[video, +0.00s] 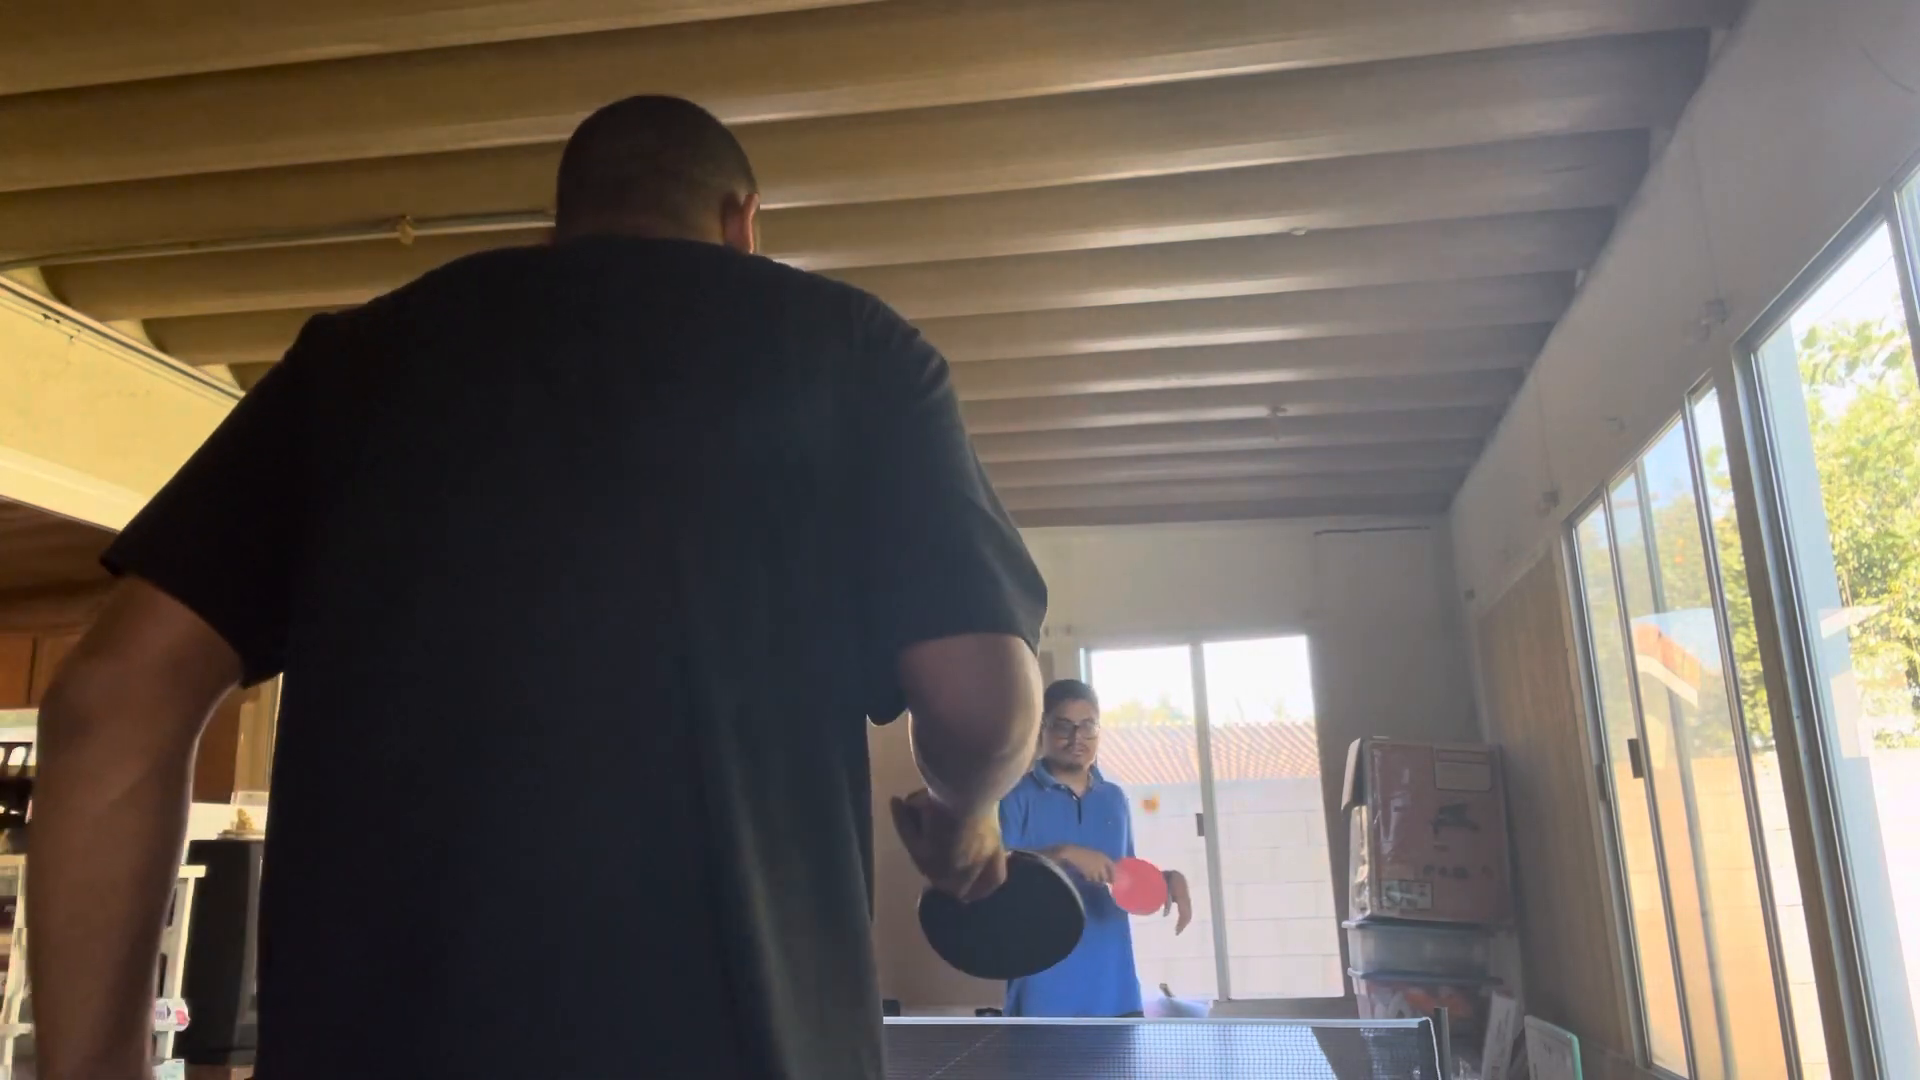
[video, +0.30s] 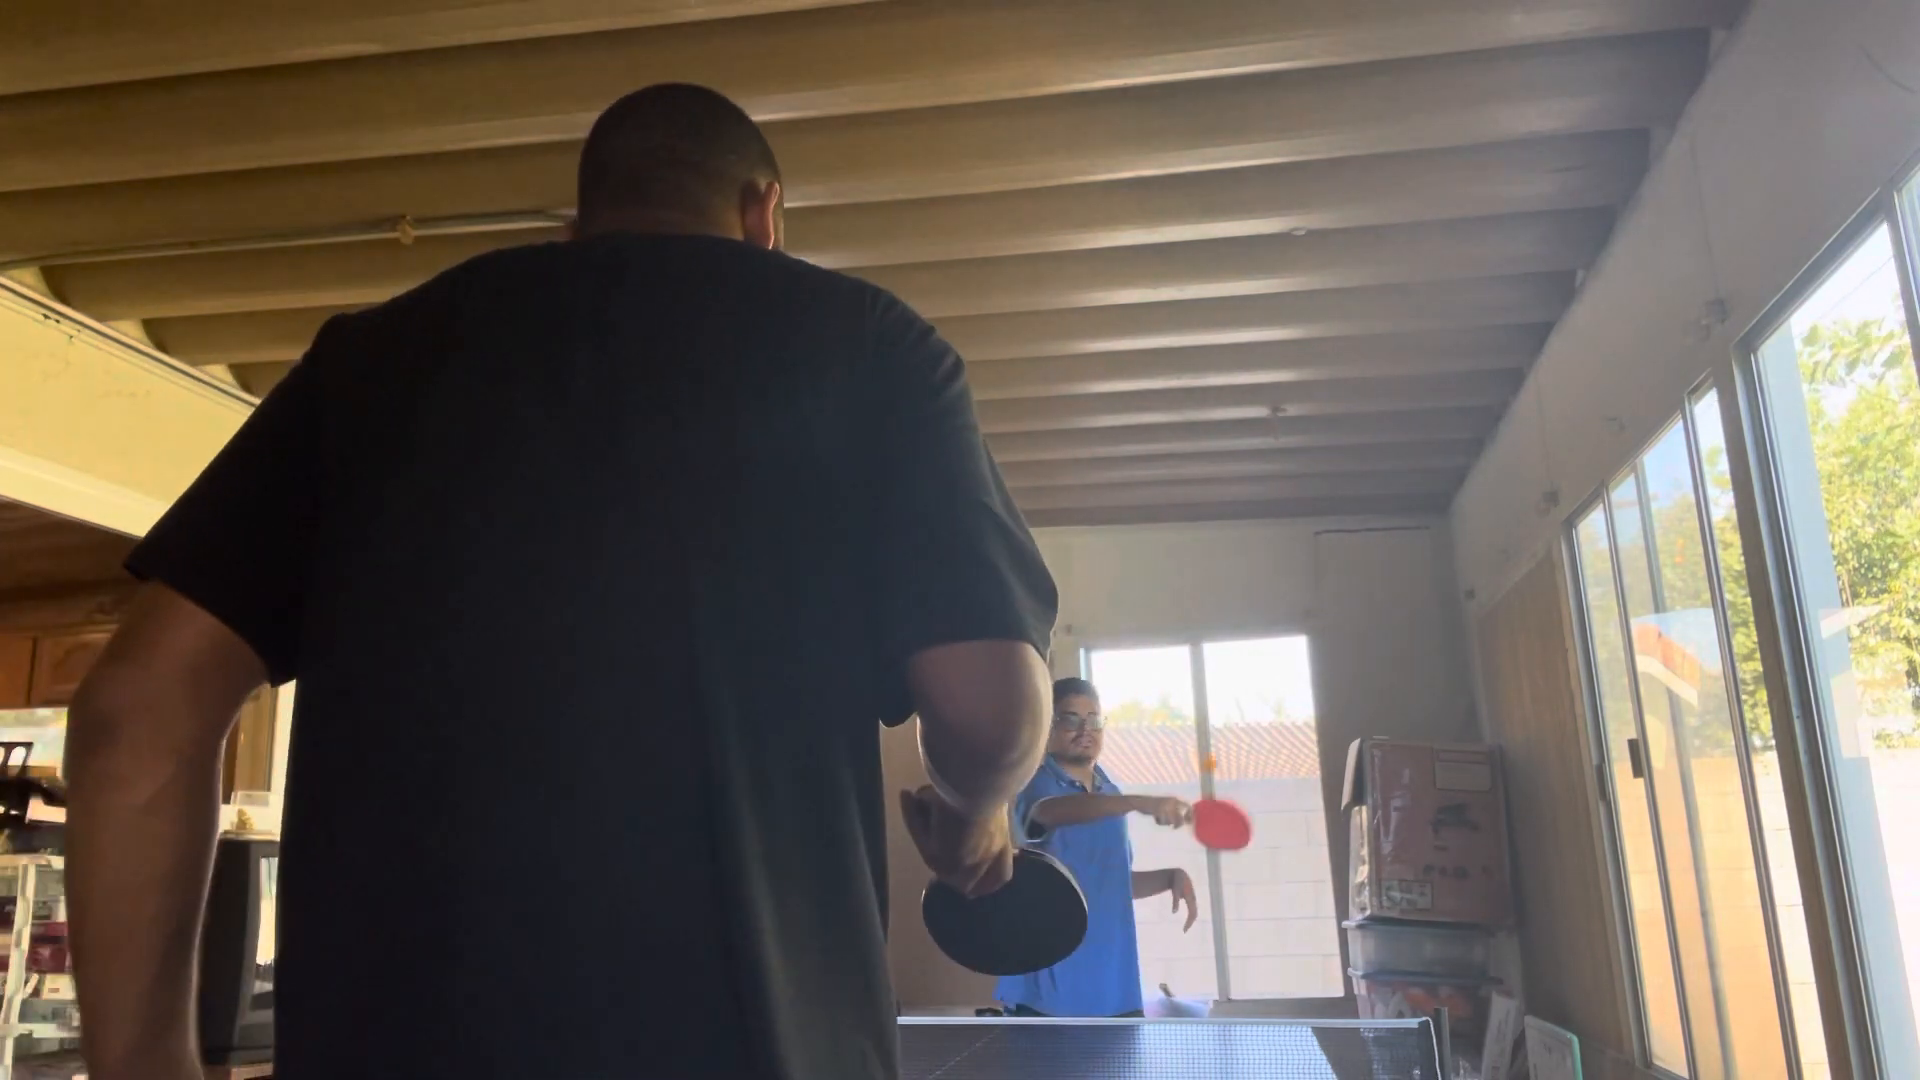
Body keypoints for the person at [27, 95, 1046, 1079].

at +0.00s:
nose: (766, 253)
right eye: (764, 234)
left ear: (554, 217)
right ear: (744, 224)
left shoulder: (359, 351)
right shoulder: (849, 345)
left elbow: (111, 701)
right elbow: (984, 697)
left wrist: (90, 1060)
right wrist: (956, 819)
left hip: (373, 1039)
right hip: (740, 1041)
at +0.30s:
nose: (787, 244)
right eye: (785, 222)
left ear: (574, 208)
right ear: (764, 214)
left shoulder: (378, 351)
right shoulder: (860, 340)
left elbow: (135, 711)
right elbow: (992, 696)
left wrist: (141, 1056)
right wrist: (969, 817)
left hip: (391, 1036)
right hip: (756, 1035)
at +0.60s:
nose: (786, 244)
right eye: (785, 222)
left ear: (577, 210)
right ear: (766, 212)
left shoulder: (382, 349)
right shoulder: (871, 341)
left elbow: (139, 710)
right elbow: (1007, 703)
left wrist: (138, 1059)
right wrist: (962, 814)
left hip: (402, 1039)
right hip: (768, 1038)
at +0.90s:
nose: (793, 241)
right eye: (790, 221)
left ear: (583, 209)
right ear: (773, 213)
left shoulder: (386, 344)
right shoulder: (881, 346)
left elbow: (142, 690)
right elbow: (1006, 713)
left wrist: (112, 1061)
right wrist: (947, 821)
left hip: (407, 1036)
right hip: (774, 1039)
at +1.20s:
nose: (797, 243)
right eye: (794, 221)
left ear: (586, 205)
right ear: (774, 211)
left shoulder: (389, 341)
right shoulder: (881, 347)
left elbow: (141, 694)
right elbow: (1006, 720)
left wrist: (126, 1058)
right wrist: (947, 821)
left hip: (407, 1036)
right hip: (772, 1039)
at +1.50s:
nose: (830, 254)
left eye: (829, 237)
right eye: (831, 231)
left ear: (621, 199)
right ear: (794, 205)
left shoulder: (389, 333)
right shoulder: (870, 342)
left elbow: (145, 677)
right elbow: (982, 695)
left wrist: (130, 1049)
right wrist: (1039, 926)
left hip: (381, 1037)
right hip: (751, 1038)